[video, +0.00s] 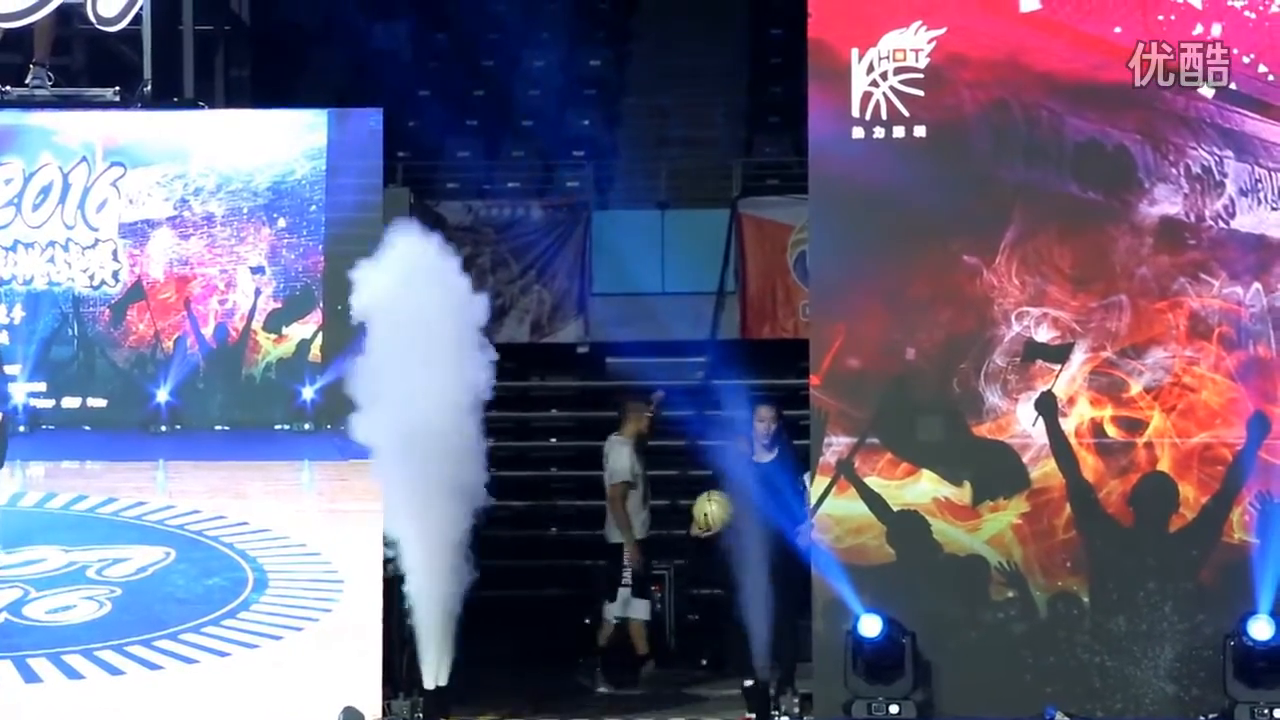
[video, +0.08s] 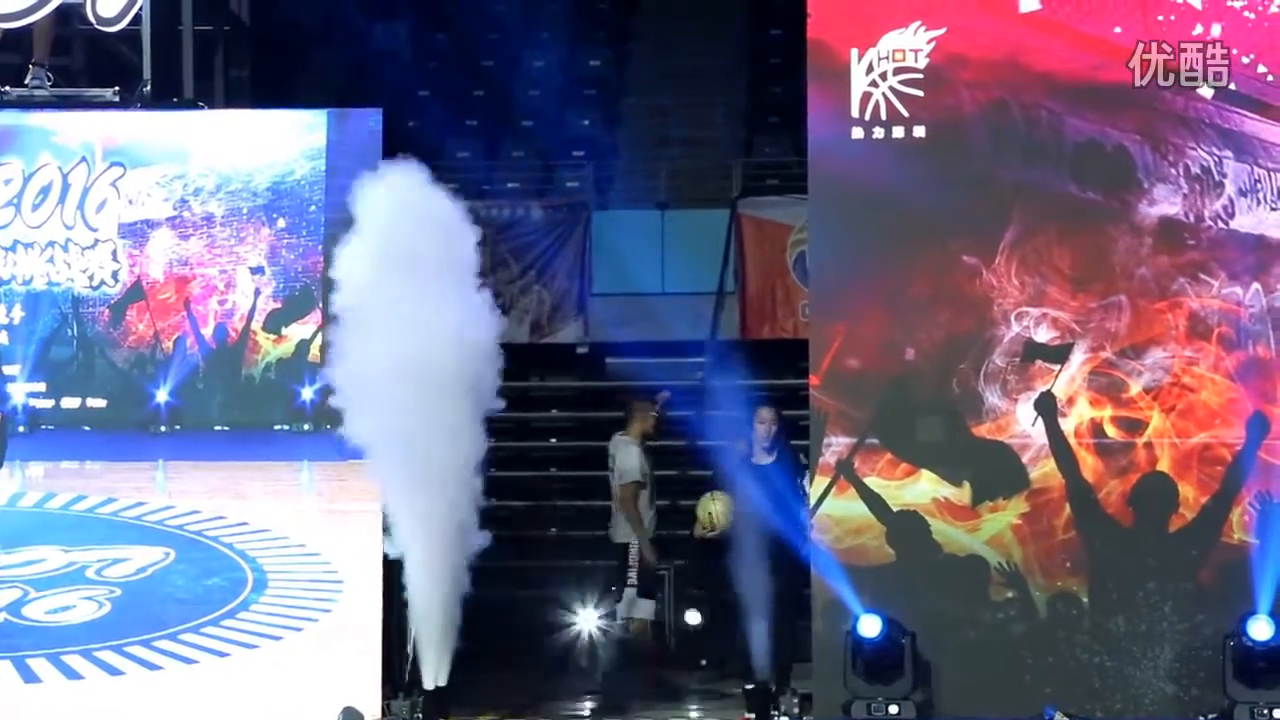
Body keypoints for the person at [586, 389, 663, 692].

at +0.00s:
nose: (649, 422)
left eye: (649, 417)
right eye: (646, 417)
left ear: (633, 418)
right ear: (633, 418)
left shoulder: (619, 443)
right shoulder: (622, 449)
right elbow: (616, 499)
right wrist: (630, 541)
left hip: (628, 538)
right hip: (623, 540)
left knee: (633, 605)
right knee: (620, 605)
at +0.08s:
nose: (654, 420)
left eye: (654, 415)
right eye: (650, 416)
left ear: (636, 418)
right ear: (636, 417)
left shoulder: (621, 442)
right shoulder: (630, 451)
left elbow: (643, 431)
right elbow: (627, 501)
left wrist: (655, 409)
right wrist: (645, 542)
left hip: (634, 537)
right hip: (630, 539)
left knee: (643, 607)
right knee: (626, 606)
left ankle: (643, 674)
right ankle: (615, 677)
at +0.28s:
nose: (662, 423)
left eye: (662, 417)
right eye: (658, 417)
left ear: (646, 417)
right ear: (645, 417)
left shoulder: (634, 441)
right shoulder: (638, 446)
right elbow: (643, 495)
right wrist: (665, 536)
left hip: (639, 531)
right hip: (641, 534)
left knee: (648, 605)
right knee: (647, 606)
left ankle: (650, 674)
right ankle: (648, 676)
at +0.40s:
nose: (662, 423)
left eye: (664, 418)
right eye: (658, 417)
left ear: (663, 419)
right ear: (644, 418)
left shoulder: (651, 444)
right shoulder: (640, 445)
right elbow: (643, 484)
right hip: (646, 529)